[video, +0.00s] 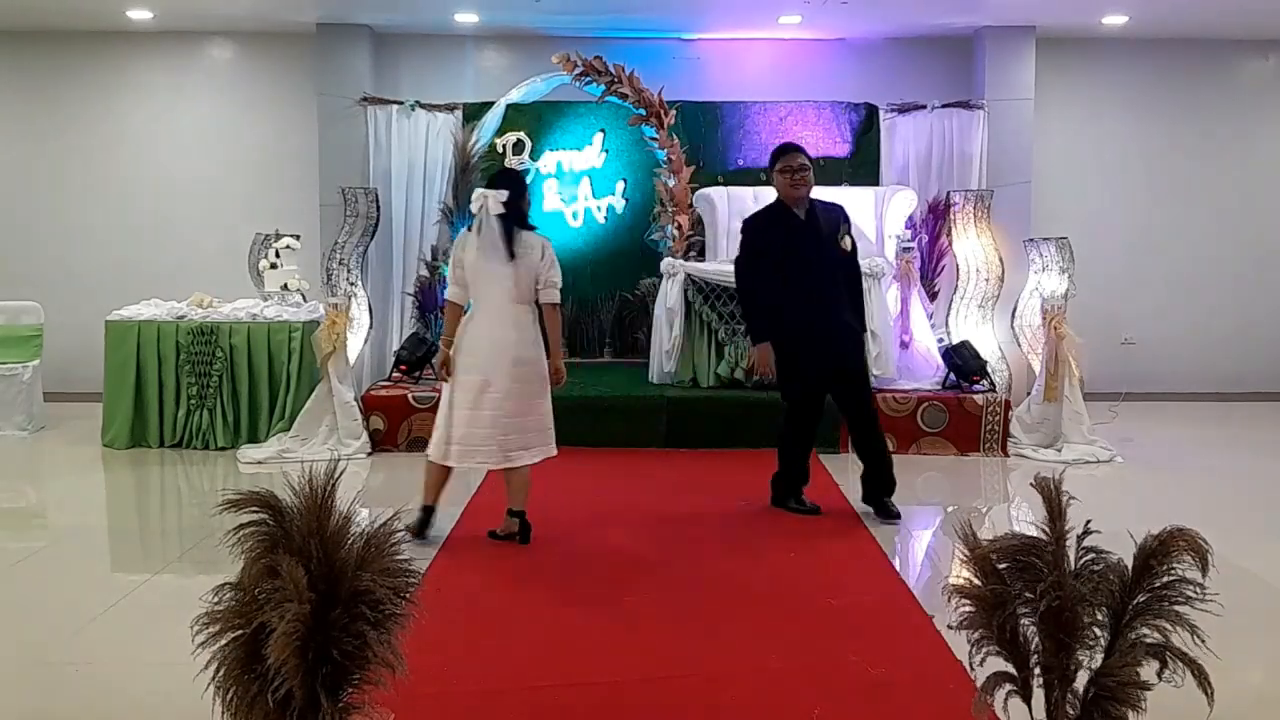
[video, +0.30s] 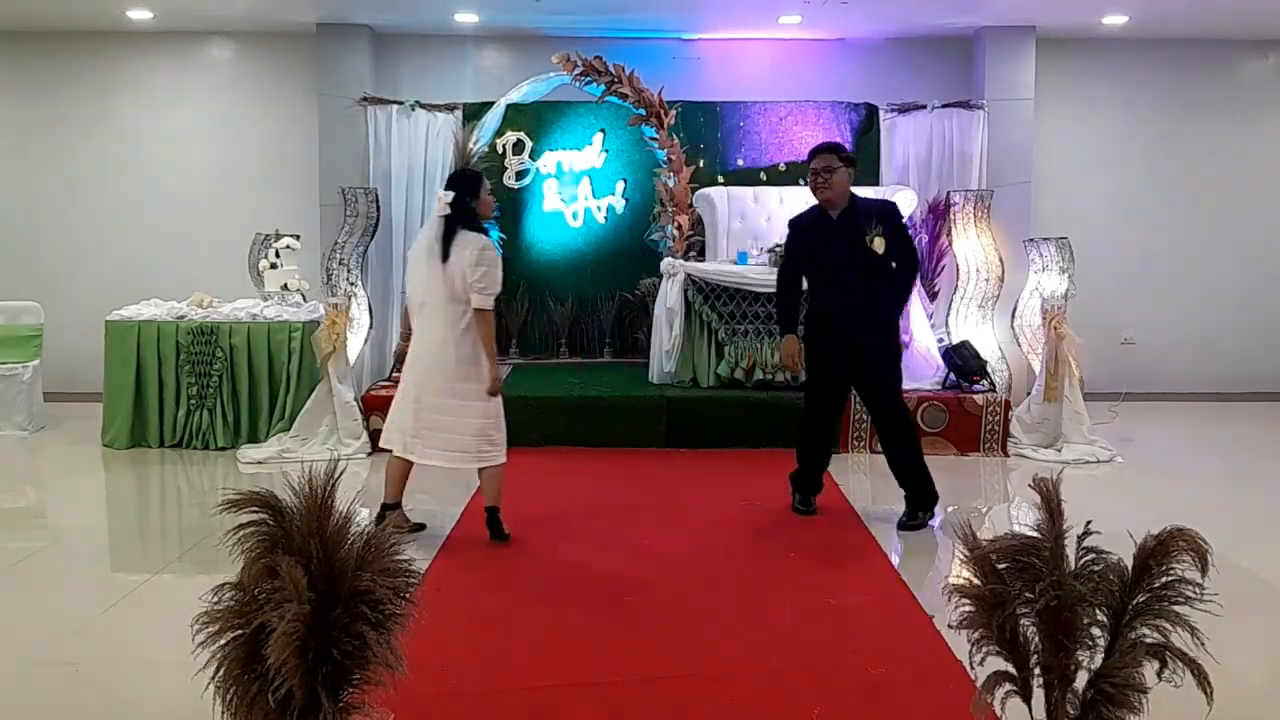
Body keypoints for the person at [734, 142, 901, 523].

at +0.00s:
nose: (797, 176)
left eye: (803, 169)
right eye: (787, 171)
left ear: (813, 174)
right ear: (773, 179)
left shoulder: (835, 216)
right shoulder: (758, 226)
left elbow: (852, 276)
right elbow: (748, 287)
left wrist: (858, 329)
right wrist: (760, 340)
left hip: (841, 335)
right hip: (794, 340)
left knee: (864, 419)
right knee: (800, 419)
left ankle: (878, 494)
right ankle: (787, 491)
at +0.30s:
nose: (819, 180)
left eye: (828, 172)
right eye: (813, 174)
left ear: (850, 174)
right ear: (809, 181)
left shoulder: (882, 213)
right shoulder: (803, 227)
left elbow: (908, 264)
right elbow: (788, 282)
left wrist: (889, 314)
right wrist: (788, 331)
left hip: (874, 336)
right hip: (825, 339)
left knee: (892, 419)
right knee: (817, 416)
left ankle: (921, 499)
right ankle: (805, 487)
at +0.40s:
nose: (827, 183)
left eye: (837, 176)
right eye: (823, 177)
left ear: (861, 177)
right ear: (821, 183)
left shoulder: (898, 220)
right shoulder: (818, 230)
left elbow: (925, 276)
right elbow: (805, 286)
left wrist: (912, 324)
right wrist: (803, 333)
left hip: (889, 345)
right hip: (839, 347)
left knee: (898, 427)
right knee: (827, 421)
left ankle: (921, 501)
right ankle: (811, 486)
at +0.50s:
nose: (835, 182)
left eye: (844, 175)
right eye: (833, 176)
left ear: (871, 177)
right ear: (833, 181)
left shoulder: (908, 219)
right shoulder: (830, 229)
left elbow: (934, 277)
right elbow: (819, 287)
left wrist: (940, 333)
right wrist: (813, 336)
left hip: (899, 345)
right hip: (849, 346)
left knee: (903, 426)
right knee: (834, 420)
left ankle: (921, 502)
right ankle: (825, 489)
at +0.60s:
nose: (841, 178)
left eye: (849, 171)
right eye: (840, 171)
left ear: (875, 174)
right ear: (849, 177)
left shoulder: (914, 216)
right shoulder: (839, 225)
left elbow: (947, 274)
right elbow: (825, 284)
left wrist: (961, 330)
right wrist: (815, 336)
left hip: (902, 345)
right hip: (854, 345)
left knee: (908, 428)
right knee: (844, 423)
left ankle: (921, 503)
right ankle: (842, 494)